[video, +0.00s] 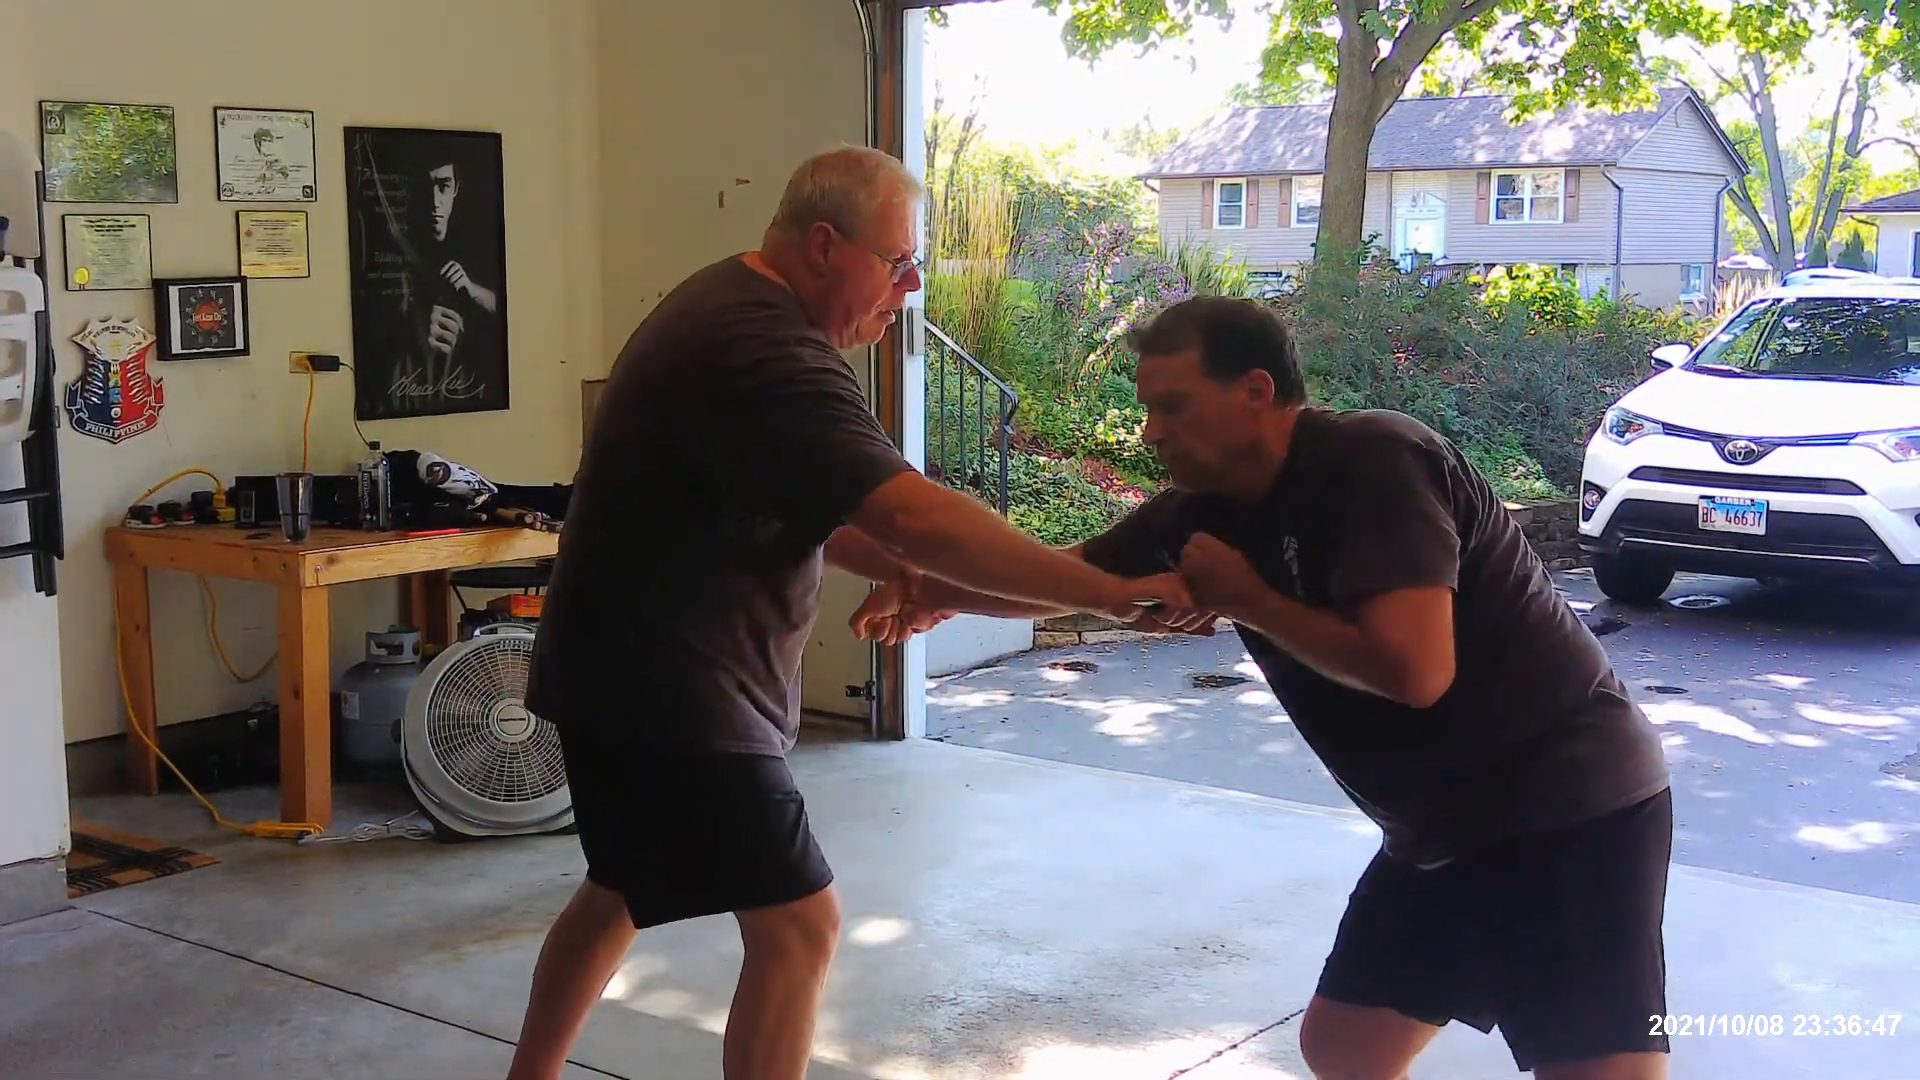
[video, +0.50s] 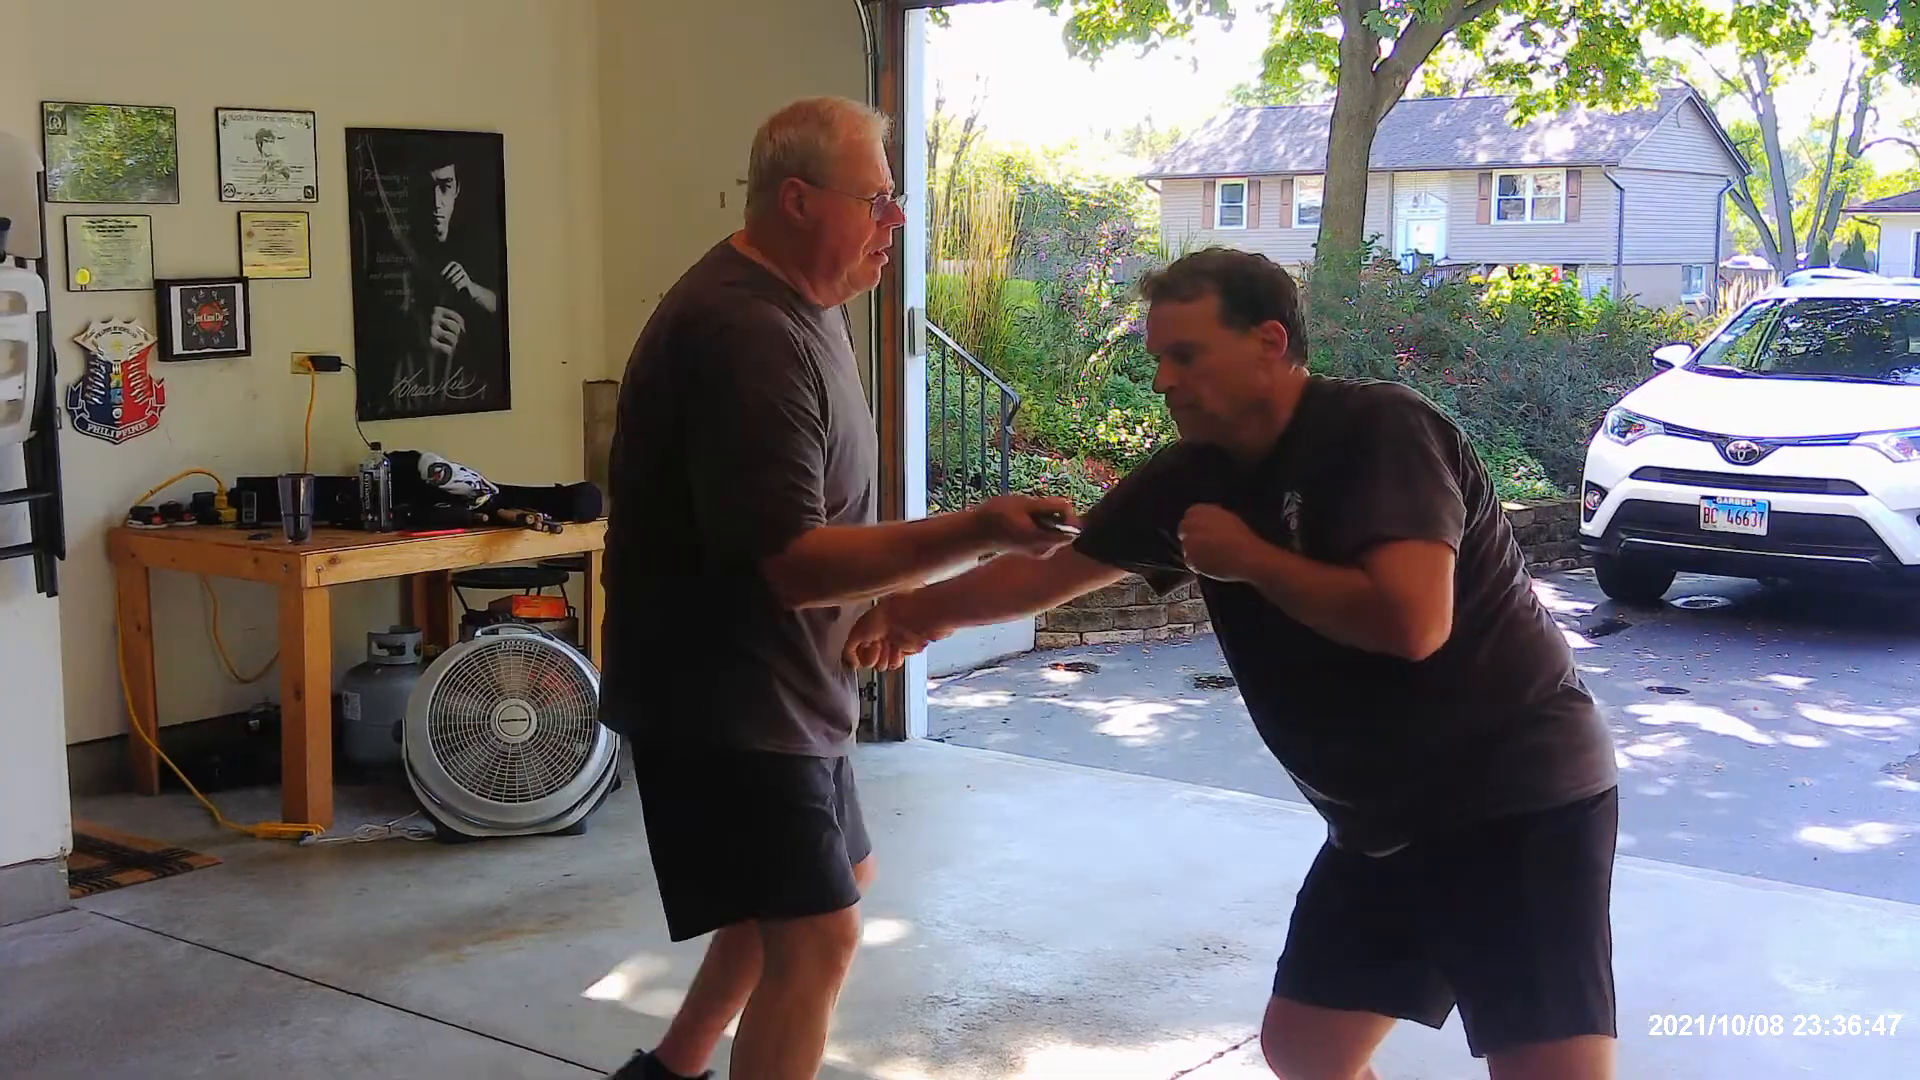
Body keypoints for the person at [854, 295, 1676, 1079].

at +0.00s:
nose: (1154, 431)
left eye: (1169, 406)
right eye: (1147, 409)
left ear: (1258, 396)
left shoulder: (1378, 468)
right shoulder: (1206, 512)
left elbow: (1412, 669)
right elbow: (1077, 581)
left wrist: (1250, 599)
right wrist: (953, 589)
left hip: (1579, 805)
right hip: (1439, 822)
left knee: (1600, 1065)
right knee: (1343, 1046)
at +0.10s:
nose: (1146, 436)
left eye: (1164, 411)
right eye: (1140, 415)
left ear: (1254, 401)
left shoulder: (1371, 474)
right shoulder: (1195, 519)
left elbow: (1407, 670)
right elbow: (1069, 585)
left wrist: (1239, 607)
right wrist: (947, 601)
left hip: (1565, 813)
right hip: (1423, 831)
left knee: (1594, 1065)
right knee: (1323, 1049)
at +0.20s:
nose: (1146, 425)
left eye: (1166, 400)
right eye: (1138, 404)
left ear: (1255, 389)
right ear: (1153, 408)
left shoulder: (1372, 467)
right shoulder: (1191, 506)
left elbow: (1408, 660)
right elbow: (1069, 579)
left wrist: (1244, 600)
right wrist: (936, 609)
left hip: (1553, 807)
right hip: (1408, 827)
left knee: (1584, 1062)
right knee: (1315, 1047)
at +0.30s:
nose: (1150, 409)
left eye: (1170, 382)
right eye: (1143, 387)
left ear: (1257, 370)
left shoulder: (1375, 447)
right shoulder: (1189, 494)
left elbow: (1413, 641)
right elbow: (1044, 571)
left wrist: (1246, 583)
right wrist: (899, 612)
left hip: (1540, 798)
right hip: (1395, 819)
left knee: (1565, 1067)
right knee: (1309, 1048)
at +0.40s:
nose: (1156, 393)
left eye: (1177, 367)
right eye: (1149, 372)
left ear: (1264, 359)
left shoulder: (1379, 435)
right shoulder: (1181, 487)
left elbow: (1417, 626)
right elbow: (1046, 560)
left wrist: (1250, 568)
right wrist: (932, 594)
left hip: (1532, 797)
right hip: (1388, 821)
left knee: (1556, 1065)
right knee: (1304, 1045)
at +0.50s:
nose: (1163, 381)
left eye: (1182, 355)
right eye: (1156, 361)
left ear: (1273, 343)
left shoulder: (1383, 429)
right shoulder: (1188, 480)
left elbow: (1415, 618)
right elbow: (1054, 566)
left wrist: (1252, 559)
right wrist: (924, 609)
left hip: (1525, 796)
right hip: (1382, 815)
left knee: (1549, 1065)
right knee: (1305, 1045)